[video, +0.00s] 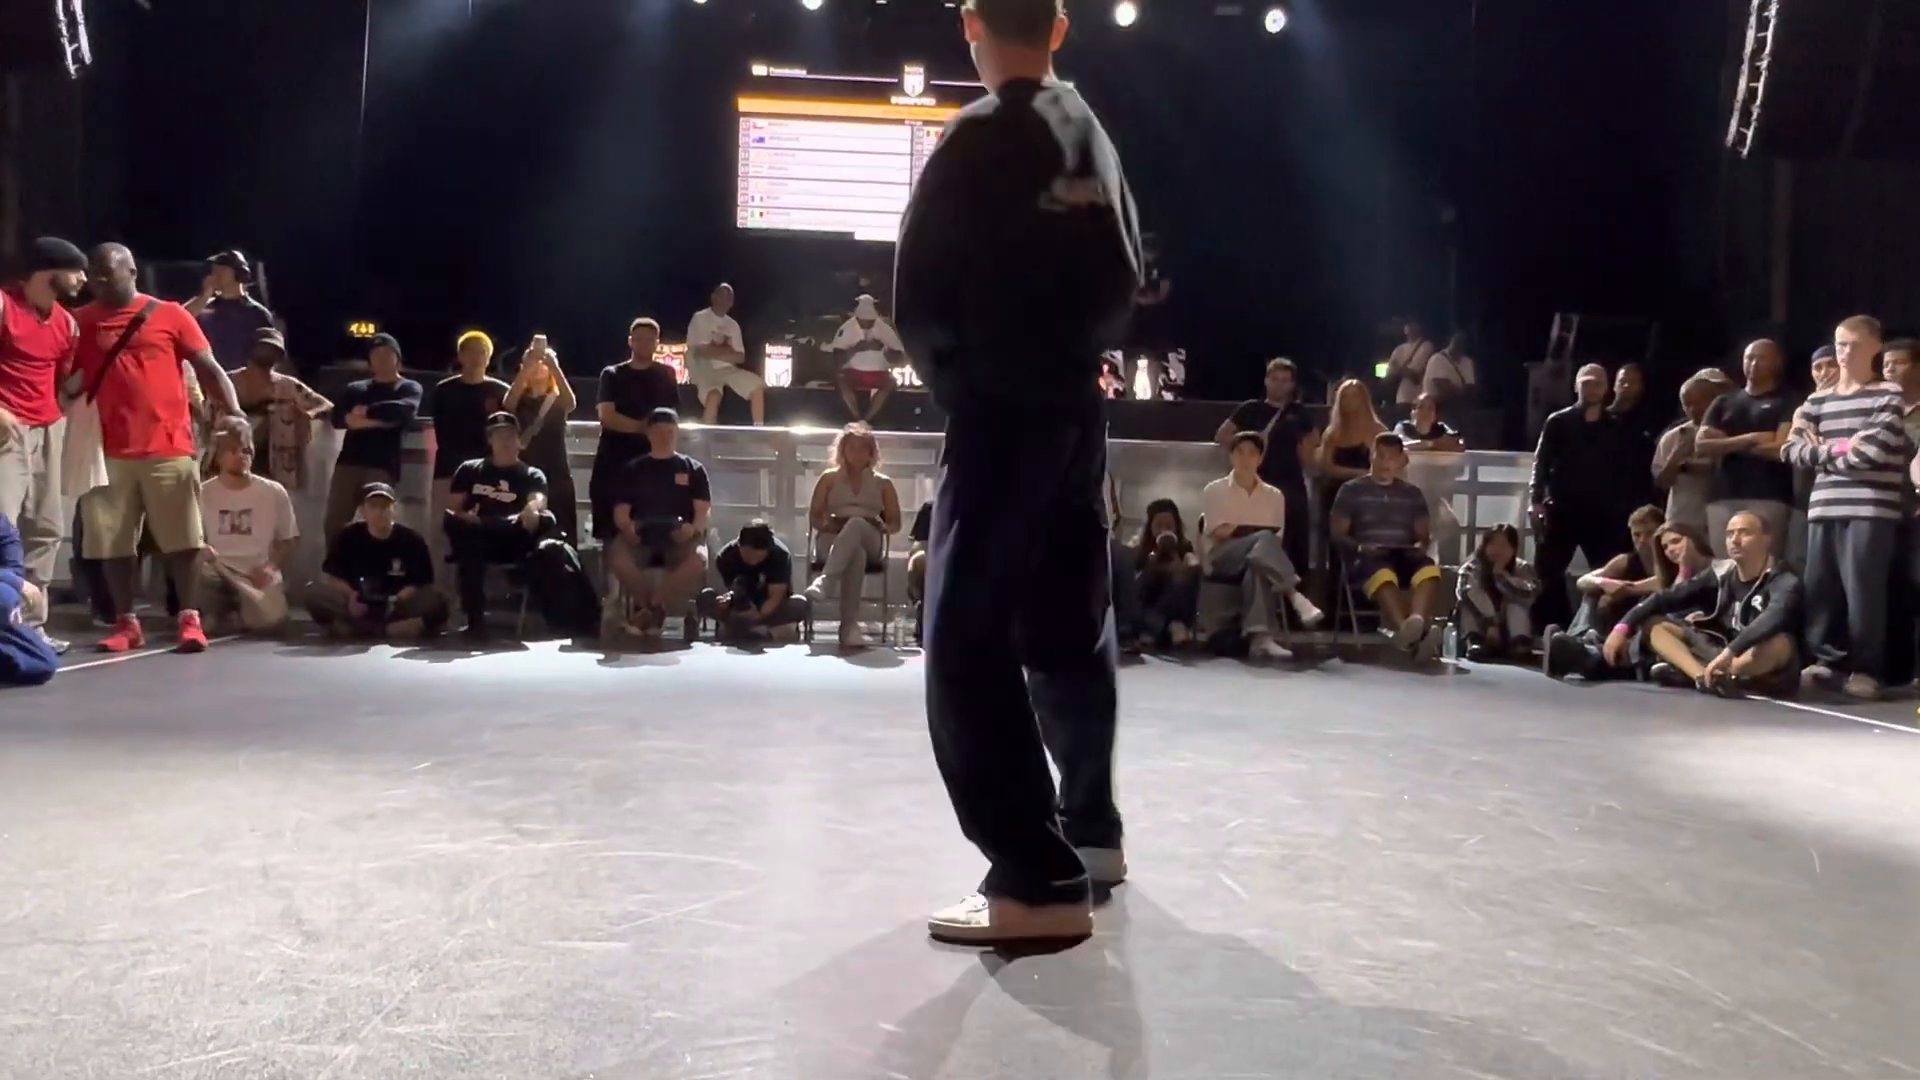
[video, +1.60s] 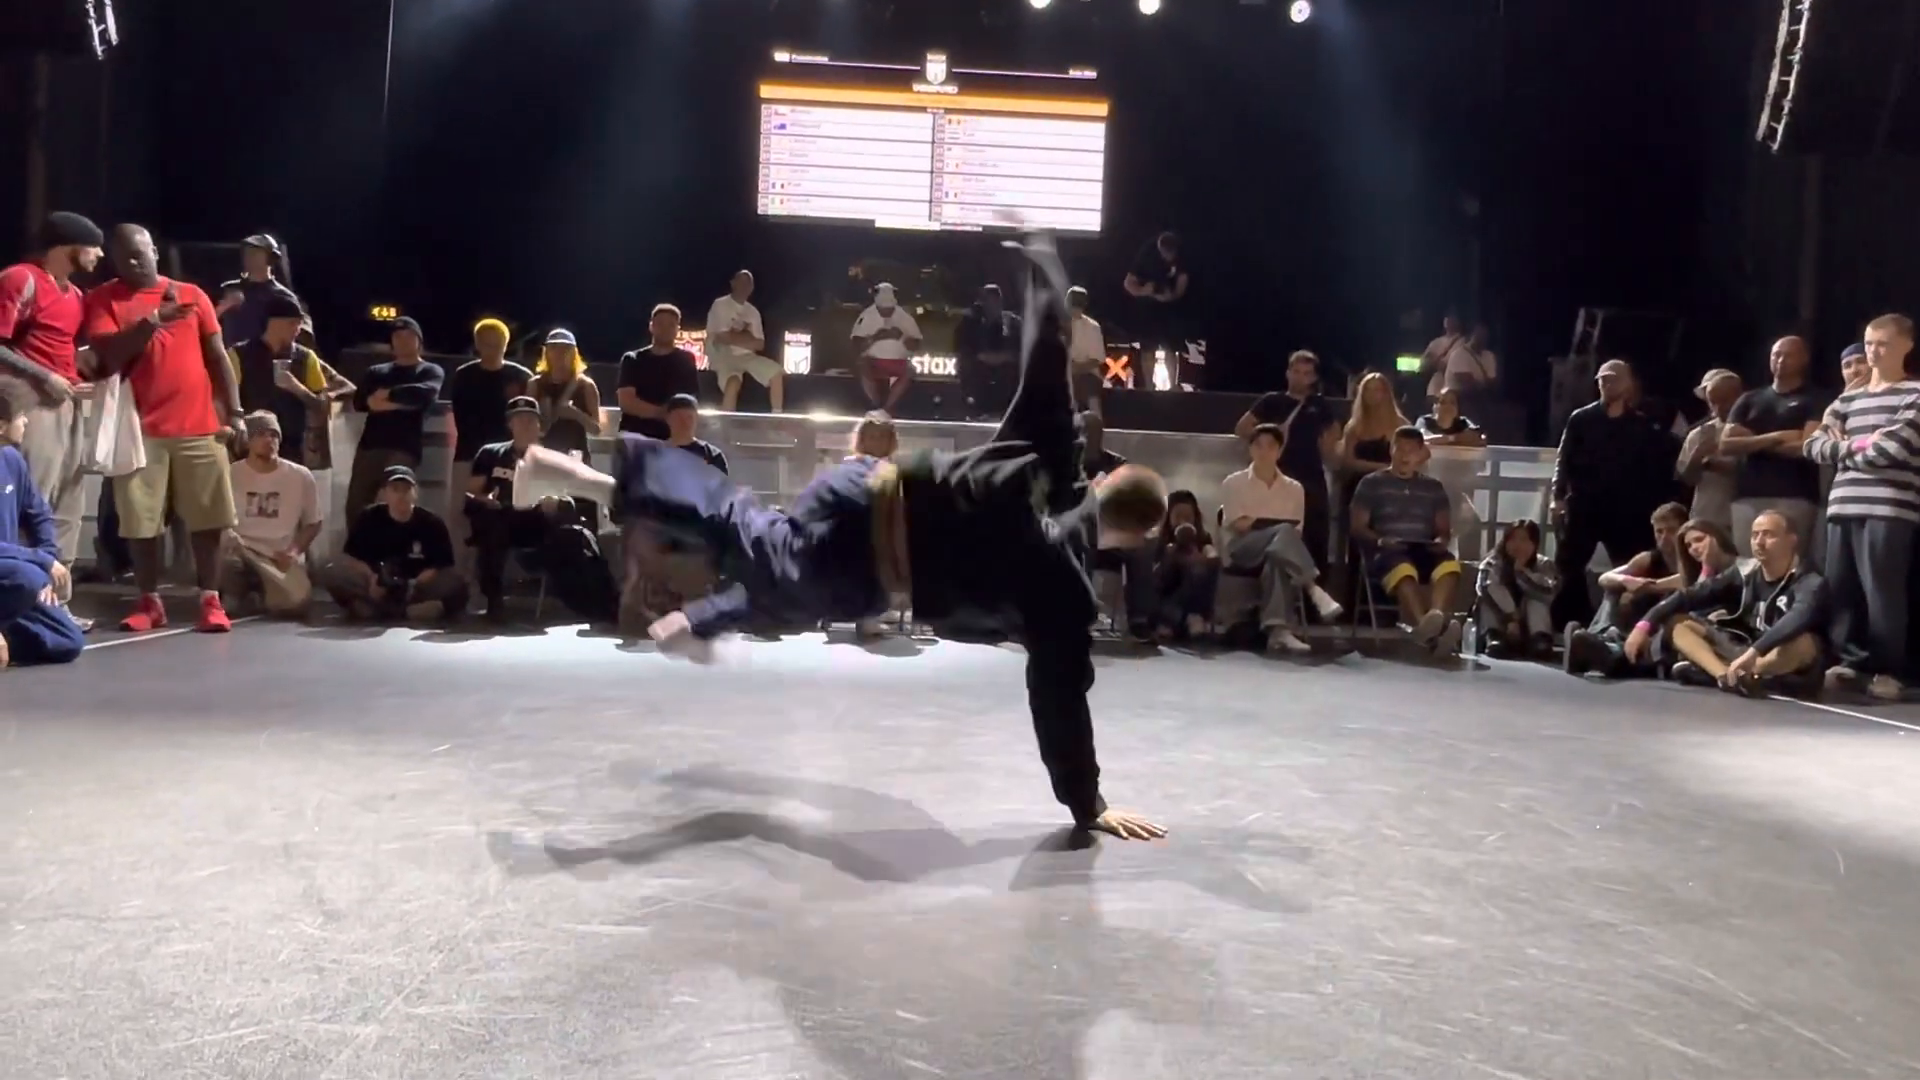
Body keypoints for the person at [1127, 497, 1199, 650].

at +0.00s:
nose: (1164, 531)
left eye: (1169, 526)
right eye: (1159, 526)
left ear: (1177, 526)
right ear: (1150, 527)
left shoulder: (1184, 547)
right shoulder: (1141, 551)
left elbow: (1194, 566)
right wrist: (1154, 559)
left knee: (1183, 577)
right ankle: (1176, 623)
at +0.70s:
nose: (1172, 530)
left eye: (1177, 524)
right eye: (1167, 524)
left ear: (1185, 525)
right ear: (1158, 525)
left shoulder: (1192, 545)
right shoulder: (1147, 548)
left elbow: (1202, 564)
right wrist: (1161, 562)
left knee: (1192, 575)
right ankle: (1183, 623)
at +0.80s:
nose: (1173, 528)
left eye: (1178, 523)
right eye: (1168, 523)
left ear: (1186, 523)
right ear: (1159, 523)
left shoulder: (1193, 543)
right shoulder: (1149, 546)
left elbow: (1204, 562)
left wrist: (1188, 563)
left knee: (1193, 575)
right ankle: (1184, 622)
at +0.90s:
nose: (1175, 528)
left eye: (1180, 523)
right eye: (1169, 523)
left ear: (1188, 523)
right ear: (1160, 523)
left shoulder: (1194, 543)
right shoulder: (1150, 545)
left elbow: (1205, 561)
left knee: (1193, 573)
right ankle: (1184, 622)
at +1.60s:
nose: (1182, 522)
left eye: (1188, 516)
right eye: (1177, 516)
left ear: (1196, 517)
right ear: (1169, 517)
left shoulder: (1203, 539)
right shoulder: (1160, 541)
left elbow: (1214, 561)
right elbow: (1156, 575)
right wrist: (1170, 556)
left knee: (1201, 569)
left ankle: (1168, 622)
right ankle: (1194, 616)